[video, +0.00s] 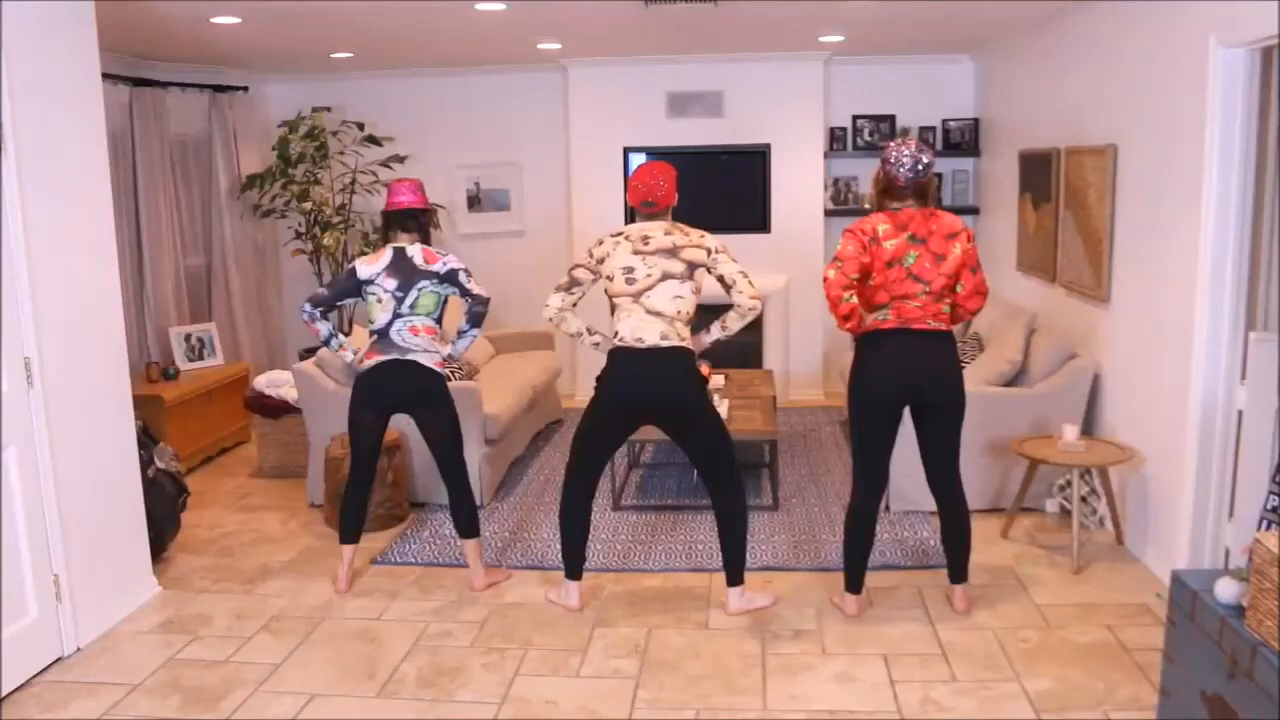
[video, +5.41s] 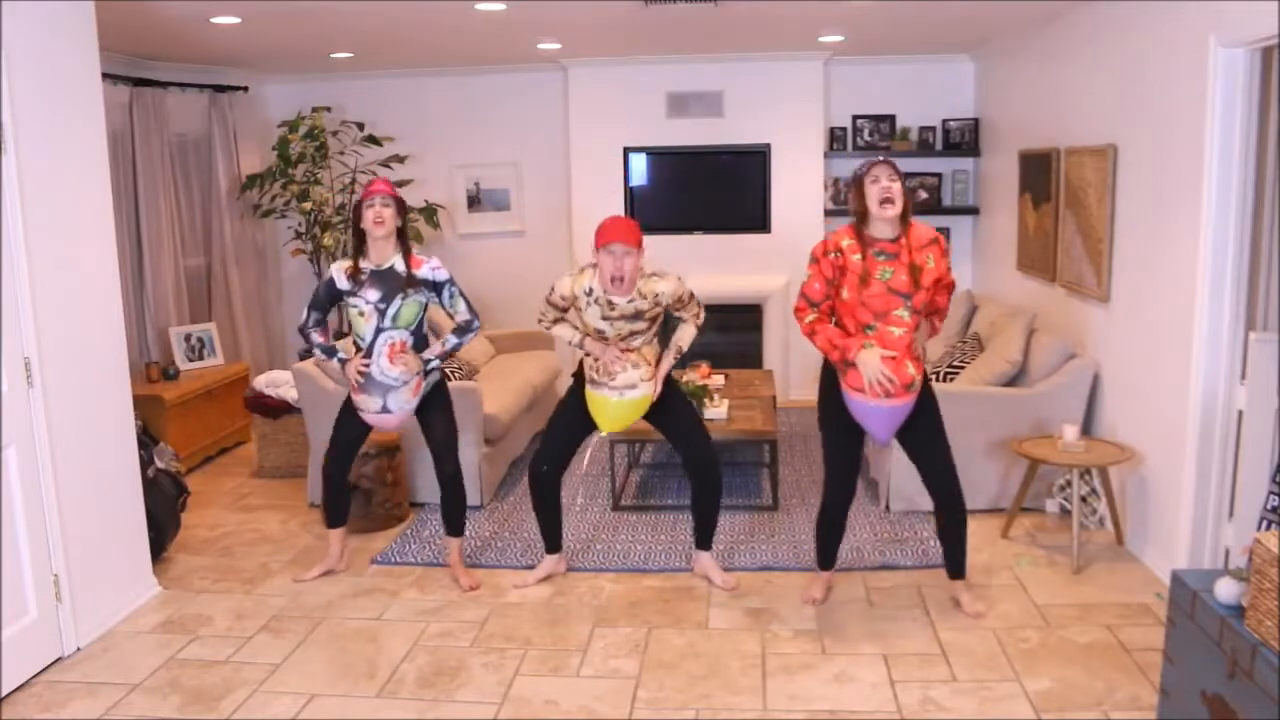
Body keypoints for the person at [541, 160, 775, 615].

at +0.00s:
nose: (663, 202)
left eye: (642, 196)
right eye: (669, 194)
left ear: (631, 201)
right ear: (674, 200)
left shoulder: (607, 245)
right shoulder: (700, 242)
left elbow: (557, 308)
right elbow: (748, 301)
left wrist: (606, 345)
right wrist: (702, 340)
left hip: (622, 378)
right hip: (678, 379)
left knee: (580, 475)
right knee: (724, 478)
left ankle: (571, 587)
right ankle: (736, 591)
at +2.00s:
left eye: (640, 225)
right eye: (670, 226)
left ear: (632, 232)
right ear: (676, 231)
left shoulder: (612, 266)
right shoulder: (699, 263)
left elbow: (557, 314)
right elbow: (747, 308)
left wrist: (598, 355)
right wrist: (701, 346)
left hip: (619, 390)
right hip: (676, 391)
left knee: (579, 481)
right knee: (729, 485)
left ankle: (573, 588)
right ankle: (736, 592)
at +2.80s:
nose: (617, 212)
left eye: (610, 206)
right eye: (624, 203)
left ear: (606, 205)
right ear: (647, 201)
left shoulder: (591, 240)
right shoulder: (680, 231)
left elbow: (562, 299)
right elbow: (709, 300)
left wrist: (598, 342)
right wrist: (670, 314)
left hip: (624, 367)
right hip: (675, 365)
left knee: (576, 471)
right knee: (701, 471)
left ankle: (598, 582)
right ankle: (714, 582)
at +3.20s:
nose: (573, 193)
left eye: (580, 186)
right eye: (575, 185)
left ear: (603, 193)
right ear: (613, 194)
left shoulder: (594, 234)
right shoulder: (642, 228)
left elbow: (612, 294)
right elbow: (667, 291)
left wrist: (609, 346)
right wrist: (628, 340)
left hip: (656, 359)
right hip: (686, 355)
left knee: (592, 466)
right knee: (662, 458)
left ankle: (626, 571)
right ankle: (683, 560)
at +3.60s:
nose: (559, 217)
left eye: (571, 210)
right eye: (558, 209)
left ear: (596, 220)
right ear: (556, 217)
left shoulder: (617, 262)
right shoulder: (583, 258)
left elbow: (683, 296)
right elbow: (615, 292)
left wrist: (650, 342)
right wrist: (595, 314)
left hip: (672, 363)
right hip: (637, 363)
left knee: (646, 465)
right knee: (600, 456)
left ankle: (666, 577)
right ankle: (631, 545)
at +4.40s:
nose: (627, 205)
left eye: (635, 196)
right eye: (619, 196)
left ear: (649, 192)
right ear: (606, 194)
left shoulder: (674, 226)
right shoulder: (584, 224)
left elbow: (716, 272)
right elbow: (546, 279)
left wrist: (680, 320)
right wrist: (599, 288)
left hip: (656, 350)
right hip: (603, 352)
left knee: (694, 445)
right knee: (585, 451)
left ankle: (701, 547)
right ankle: (598, 550)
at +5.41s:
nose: (619, 265)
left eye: (627, 254)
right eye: (611, 254)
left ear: (641, 257)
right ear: (596, 255)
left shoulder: (664, 287)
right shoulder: (574, 286)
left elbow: (694, 315)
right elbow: (548, 318)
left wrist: (664, 365)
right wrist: (594, 347)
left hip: (652, 380)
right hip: (593, 381)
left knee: (704, 459)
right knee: (543, 468)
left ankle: (703, 553)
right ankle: (554, 555)